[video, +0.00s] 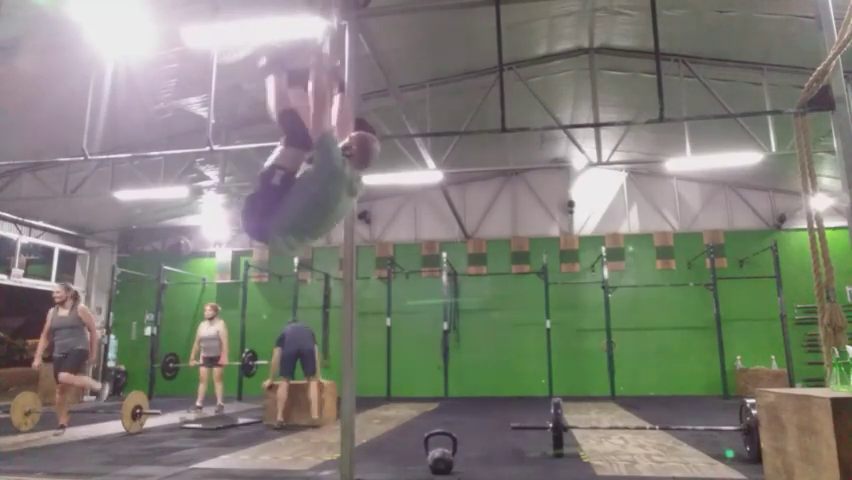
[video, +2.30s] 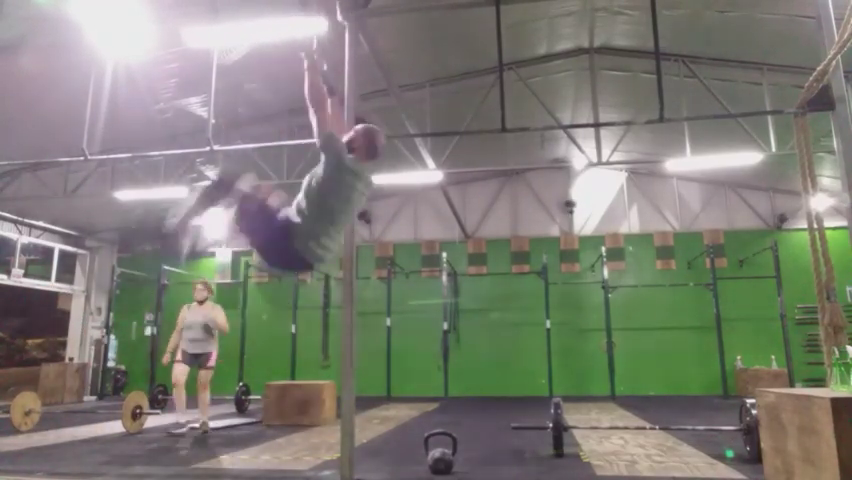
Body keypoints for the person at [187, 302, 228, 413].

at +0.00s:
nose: (206, 313)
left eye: (209, 310)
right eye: (205, 310)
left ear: (215, 312)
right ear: (204, 312)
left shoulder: (220, 324)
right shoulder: (202, 325)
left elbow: (224, 341)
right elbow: (197, 342)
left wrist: (224, 357)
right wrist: (192, 358)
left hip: (217, 354)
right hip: (204, 354)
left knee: (217, 378)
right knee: (202, 379)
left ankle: (219, 403)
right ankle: (199, 403)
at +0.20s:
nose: (199, 334)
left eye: (201, 331)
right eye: (198, 331)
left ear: (207, 332)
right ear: (197, 332)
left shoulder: (215, 341)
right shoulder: (196, 342)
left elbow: (220, 359)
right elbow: (192, 359)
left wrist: (220, 377)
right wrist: (187, 376)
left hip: (219, 360)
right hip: (206, 360)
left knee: (218, 381)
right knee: (197, 378)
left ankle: (219, 404)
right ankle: (198, 404)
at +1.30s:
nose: (212, 315)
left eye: (214, 313)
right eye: (210, 313)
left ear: (219, 313)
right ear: (208, 314)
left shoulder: (225, 325)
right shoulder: (205, 325)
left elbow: (229, 342)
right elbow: (198, 341)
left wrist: (227, 357)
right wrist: (195, 358)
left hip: (220, 356)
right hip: (207, 355)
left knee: (218, 380)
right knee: (203, 378)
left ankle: (216, 400)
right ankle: (199, 398)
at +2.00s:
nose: (207, 305)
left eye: (210, 303)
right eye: (205, 303)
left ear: (215, 305)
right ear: (202, 305)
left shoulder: (221, 319)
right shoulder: (197, 319)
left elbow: (232, 337)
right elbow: (186, 335)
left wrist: (229, 351)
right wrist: (185, 355)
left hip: (215, 355)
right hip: (198, 355)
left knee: (211, 384)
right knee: (196, 383)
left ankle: (209, 411)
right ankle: (192, 412)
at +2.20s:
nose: (205, 296)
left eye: (208, 294)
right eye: (203, 293)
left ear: (213, 297)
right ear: (198, 296)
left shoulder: (218, 314)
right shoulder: (189, 313)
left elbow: (224, 336)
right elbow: (180, 335)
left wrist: (227, 354)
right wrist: (179, 356)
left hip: (210, 353)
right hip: (188, 354)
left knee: (205, 383)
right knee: (181, 387)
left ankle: (204, 419)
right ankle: (188, 405)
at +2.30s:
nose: (198, 293)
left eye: (202, 290)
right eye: (196, 290)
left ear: (209, 293)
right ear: (193, 292)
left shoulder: (215, 309)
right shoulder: (186, 309)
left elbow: (225, 329)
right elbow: (177, 331)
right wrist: (168, 352)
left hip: (207, 350)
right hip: (185, 350)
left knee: (203, 384)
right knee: (177, 381)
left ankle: (204, 420)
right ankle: (181, 419)